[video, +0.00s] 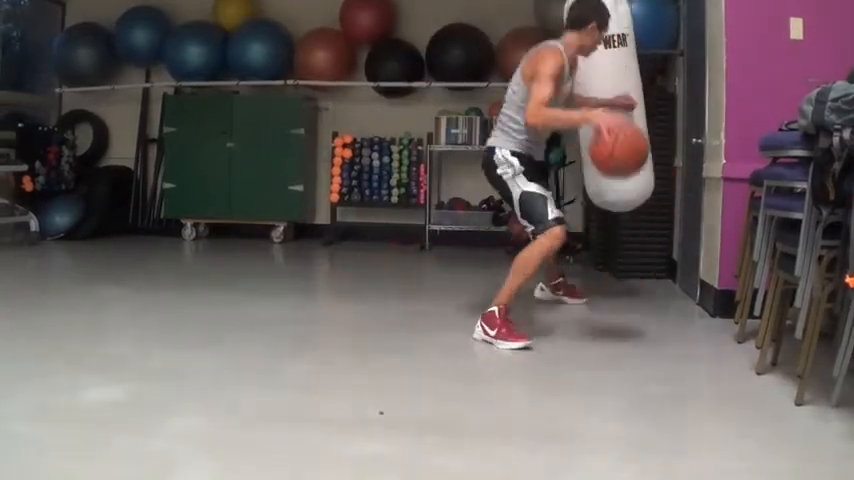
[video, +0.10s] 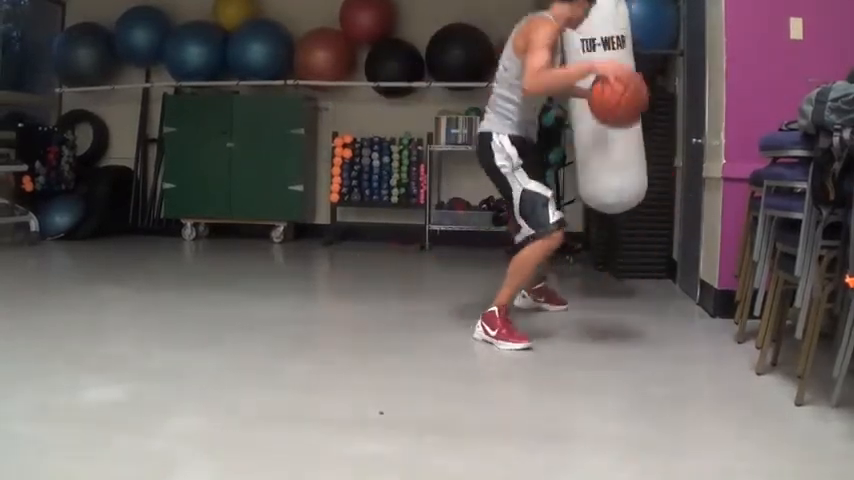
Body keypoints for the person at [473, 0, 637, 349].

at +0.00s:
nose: (601, 42)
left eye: (603, 35)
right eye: (601, 34)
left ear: (583, 26)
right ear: (589, 28)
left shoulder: (567, 58)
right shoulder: (549, 57)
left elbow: (563, 100)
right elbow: (536, 115)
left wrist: (606, 103)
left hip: (530, 156)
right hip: (506, 154)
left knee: (552, 221)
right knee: (552, 234)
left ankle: (550, 282)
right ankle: (494, 316)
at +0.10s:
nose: (586, 16)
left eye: (588, 10)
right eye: (586, 8)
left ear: (565, 3)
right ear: (572, 3)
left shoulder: (546, 28)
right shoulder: (541, 27)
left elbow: (552, 83)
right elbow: (533, 81)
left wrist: (594, 93)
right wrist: (591, 68)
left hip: (519, 136)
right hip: (501, 137)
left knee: (542, 219)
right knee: (550, 233)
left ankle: (532, 285)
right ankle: (494, 316)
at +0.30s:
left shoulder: (534, 6)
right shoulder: (530, 2)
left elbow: (541, 45)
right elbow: (538, 42)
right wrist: (603, 38)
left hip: (502, 97)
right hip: (487, 97)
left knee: (539, 204)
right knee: (541, 204)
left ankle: (504, 290)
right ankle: (483, 303)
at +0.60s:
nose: (531, 14)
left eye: (530, 12)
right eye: (531, 11)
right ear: (522, 3)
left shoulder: (448, 25)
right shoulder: (520, 23)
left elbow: (431, 111)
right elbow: (517, 108)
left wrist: (415, 179)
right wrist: (514, 165)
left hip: (439, 152)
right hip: (478, 142)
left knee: (507, 227)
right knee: (521, 265)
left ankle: (500, 315)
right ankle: (455, 381)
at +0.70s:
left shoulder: (426, 8)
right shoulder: (514, 7)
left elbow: (386, 80)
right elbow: (507, 91)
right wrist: (504, 152)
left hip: (408, 131)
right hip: (463, 127)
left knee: (445, 241)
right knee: (508, 261)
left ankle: (465, 330)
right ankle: (451, 386)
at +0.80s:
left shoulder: (394, 1)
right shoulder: (497, 1)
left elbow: (339, 35)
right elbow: (501, 71)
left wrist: (282, 80)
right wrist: (506, 153)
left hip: (378, 111)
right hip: (440, 109)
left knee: (398, 226)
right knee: (488, 255)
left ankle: (377, 339)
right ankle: (451, 387)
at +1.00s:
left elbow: (269, 27)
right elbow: (445, 50)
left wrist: (267, 76)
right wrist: (475, 141)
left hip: (310, 111)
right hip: (383, 114)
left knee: (247, 237)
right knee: (463, 241)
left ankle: (165, 356)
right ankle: (476, 368)